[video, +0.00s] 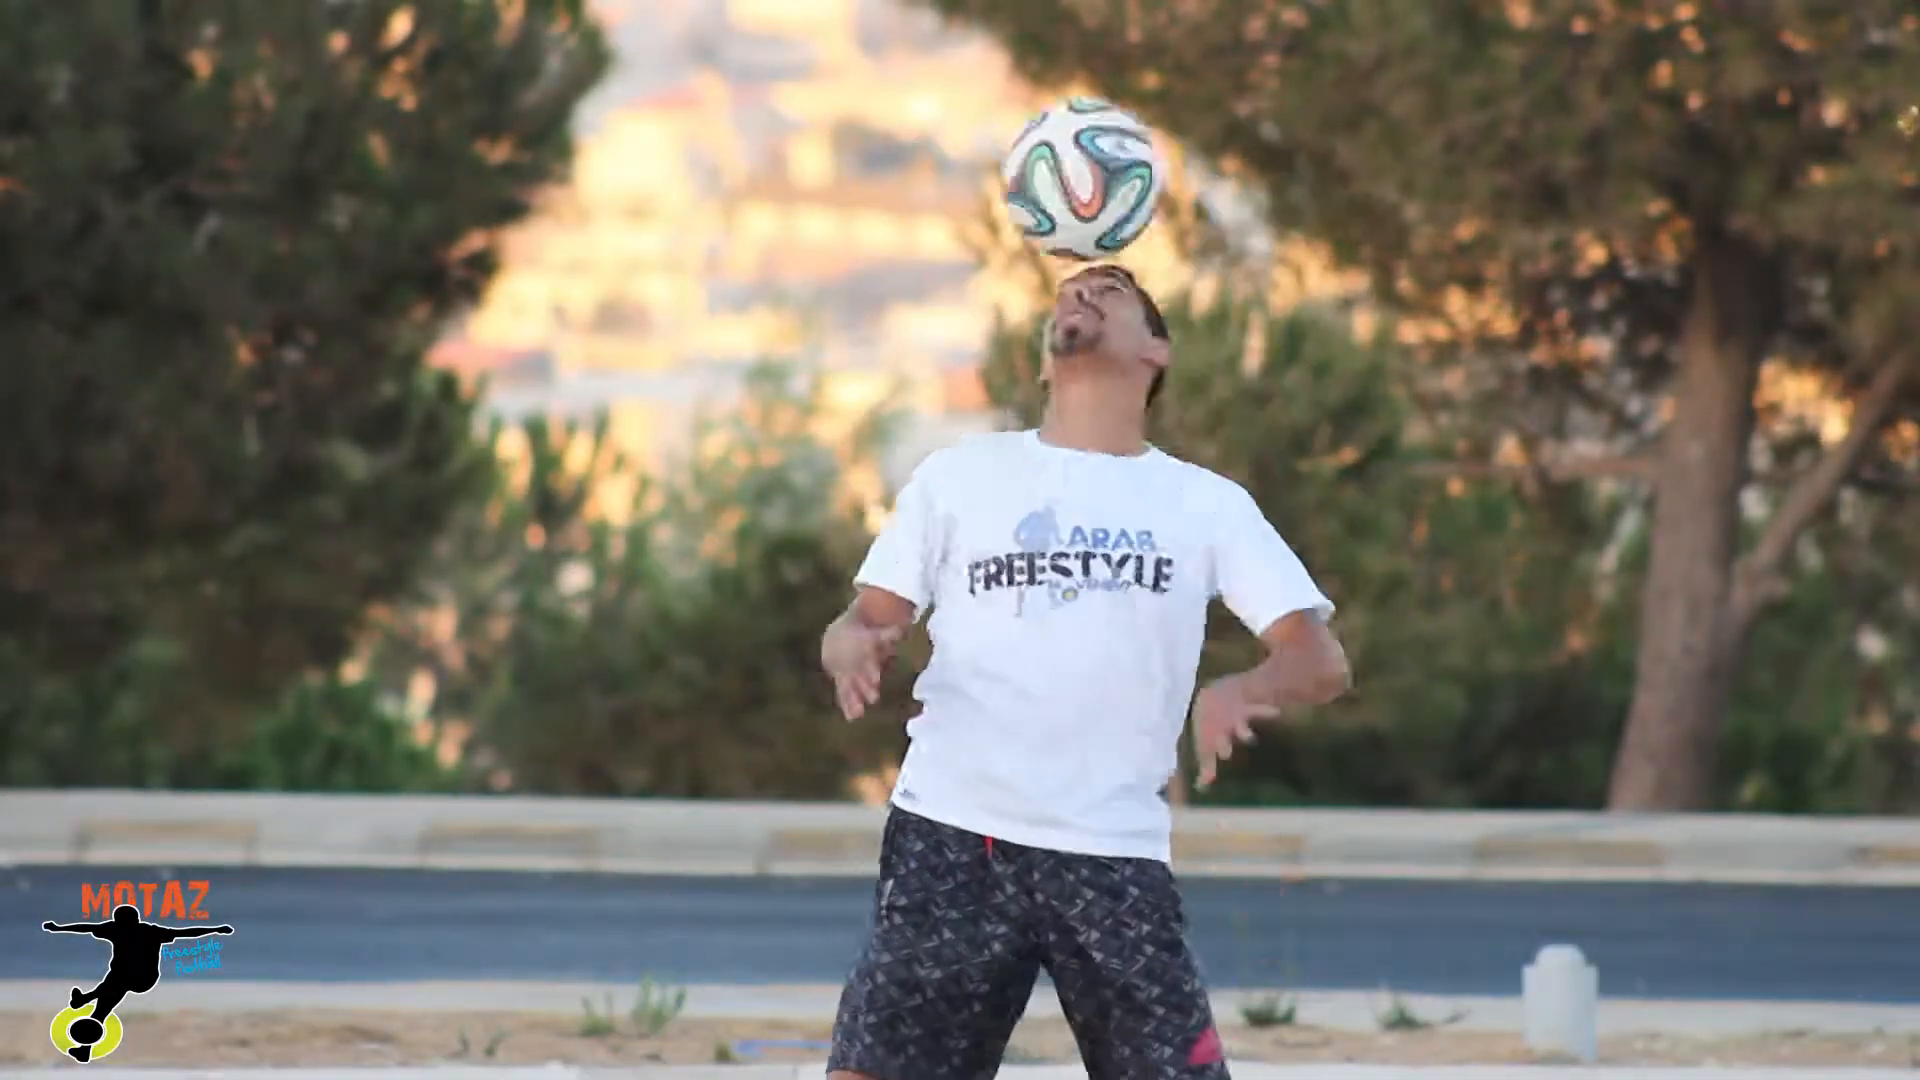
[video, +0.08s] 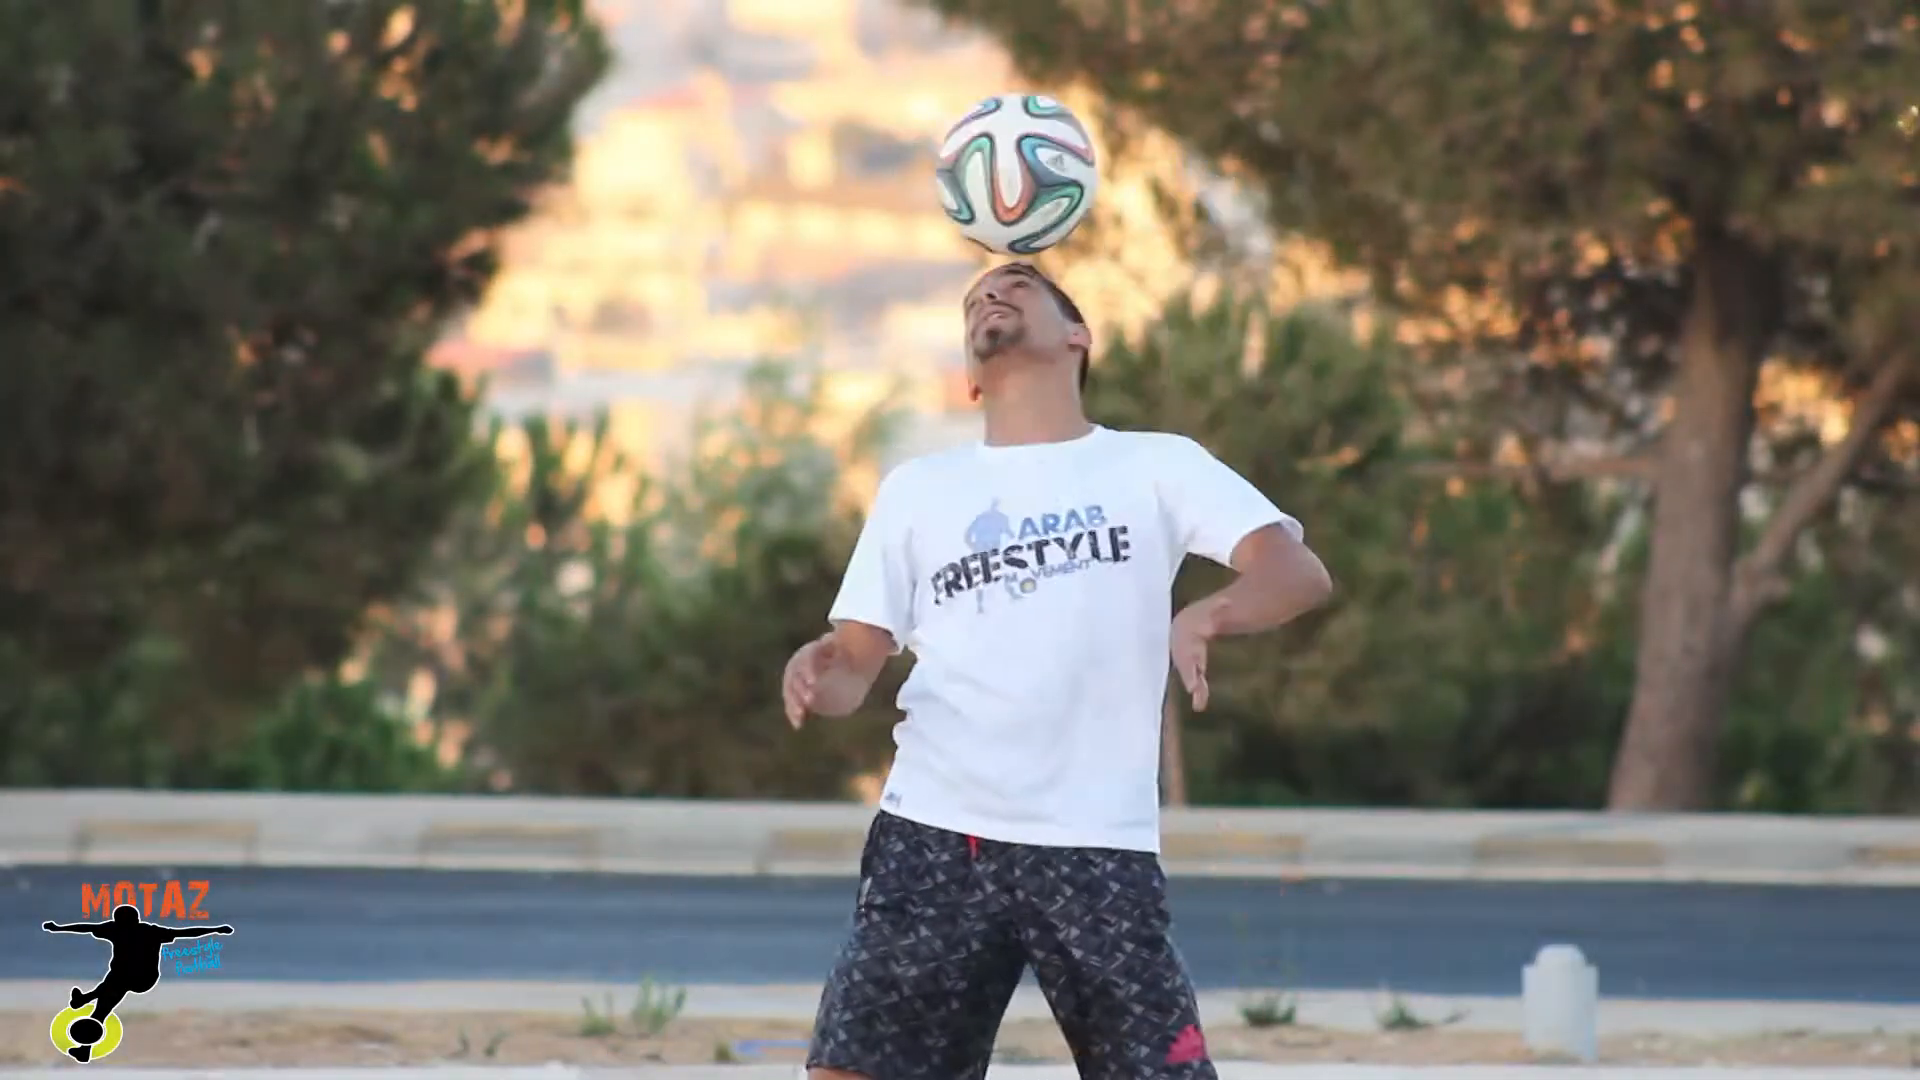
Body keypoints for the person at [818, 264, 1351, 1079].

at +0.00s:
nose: (1080, 296)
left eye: (1110, 292)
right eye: (1066, 293)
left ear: (1157, 353)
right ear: (1048, 346)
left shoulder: (1211, 504)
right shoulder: (955, 476)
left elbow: (1322, 661)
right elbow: (864, 622)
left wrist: (1239, 690)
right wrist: (848, 648)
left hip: (1111, 864)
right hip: (945, 848)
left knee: (1177, 1070)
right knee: (871, 1066)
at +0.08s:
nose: (993, 295)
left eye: (1020, 287)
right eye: (976, 302)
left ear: (1077, 339)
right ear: (972, 375)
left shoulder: (1161, 464)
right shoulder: (915, 489)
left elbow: (1299, 572)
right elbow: (851, 668)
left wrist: (1207, 614)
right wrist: (813, 670)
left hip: (1096, 856)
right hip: (930, 848)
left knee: (1163, 1071)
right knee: (849, 1066)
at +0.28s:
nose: (775, 407)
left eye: (781, 386)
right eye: (761, 426)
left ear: (849, 383)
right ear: (800, 482)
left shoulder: (1014, 454)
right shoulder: (822, 572)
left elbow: (1178, 495)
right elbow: (814, 764)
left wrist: (1182, 610)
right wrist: (729, 766)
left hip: (1012, 887)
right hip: (855, 890)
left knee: (1082, 1069)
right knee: (785, 1069)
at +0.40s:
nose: (800, 345)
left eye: (813, 328)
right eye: (775, 356)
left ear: (874, 353)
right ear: (786, 424)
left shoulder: (1011, 458)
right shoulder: (795, 541)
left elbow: (1196, 543)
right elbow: (784, 728)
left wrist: (1205, 651)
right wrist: (715, 748)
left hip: (989, 879)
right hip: (825, 880)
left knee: (1059, 1067)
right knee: (767, 1070)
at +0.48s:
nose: (860, 309)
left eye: (879, 299)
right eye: (832, 312)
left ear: (927, 343)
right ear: (819, 381)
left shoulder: (1035, 466)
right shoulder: (798, 511)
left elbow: (1197, 591)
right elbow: (769, 687)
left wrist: (1219, 685)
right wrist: (724, 713)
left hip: (989, 867)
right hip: (823, 868)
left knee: (1051, 1066)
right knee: (770, 1068)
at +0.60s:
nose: (970, 304)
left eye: (998, 301)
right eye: (948, 301)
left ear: (1032, 367)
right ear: (915, 365)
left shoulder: (1093, 516)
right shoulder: (838, 482)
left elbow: (1163, 681)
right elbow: (742, 617)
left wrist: (1223, 781)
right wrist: (726, 651)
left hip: (1001, 886)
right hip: (829, 876)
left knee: (1075, 1071)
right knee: (764, 1069)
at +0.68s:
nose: (1017, 329)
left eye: (1049, 329)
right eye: (998, 322)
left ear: (1071, 398)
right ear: (959, 377)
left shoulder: (1100, 551)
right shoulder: (856, 481)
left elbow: (1145, 723)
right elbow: (722, 609)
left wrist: (1204, 840)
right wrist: (728, 621)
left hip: (1000, 911)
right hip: (824, 896)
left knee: (1103, 1071)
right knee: (758, 1069)